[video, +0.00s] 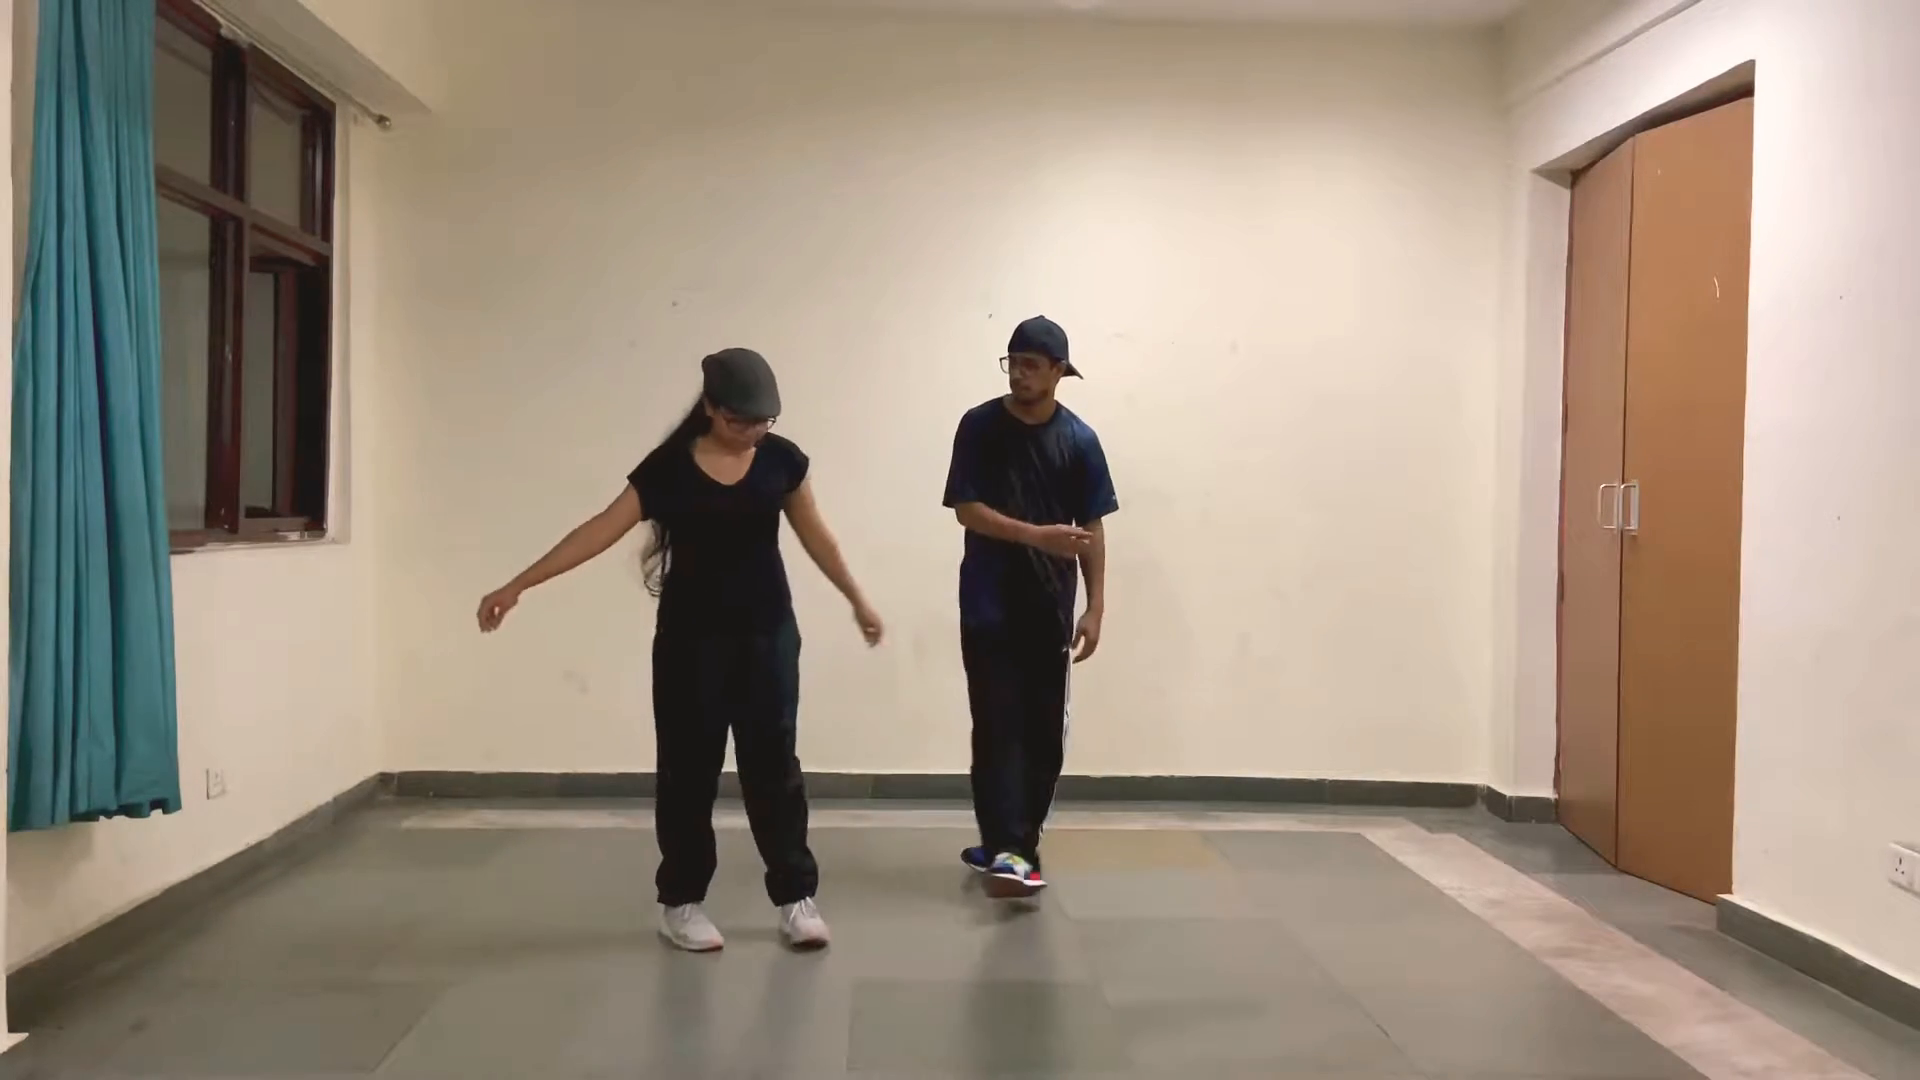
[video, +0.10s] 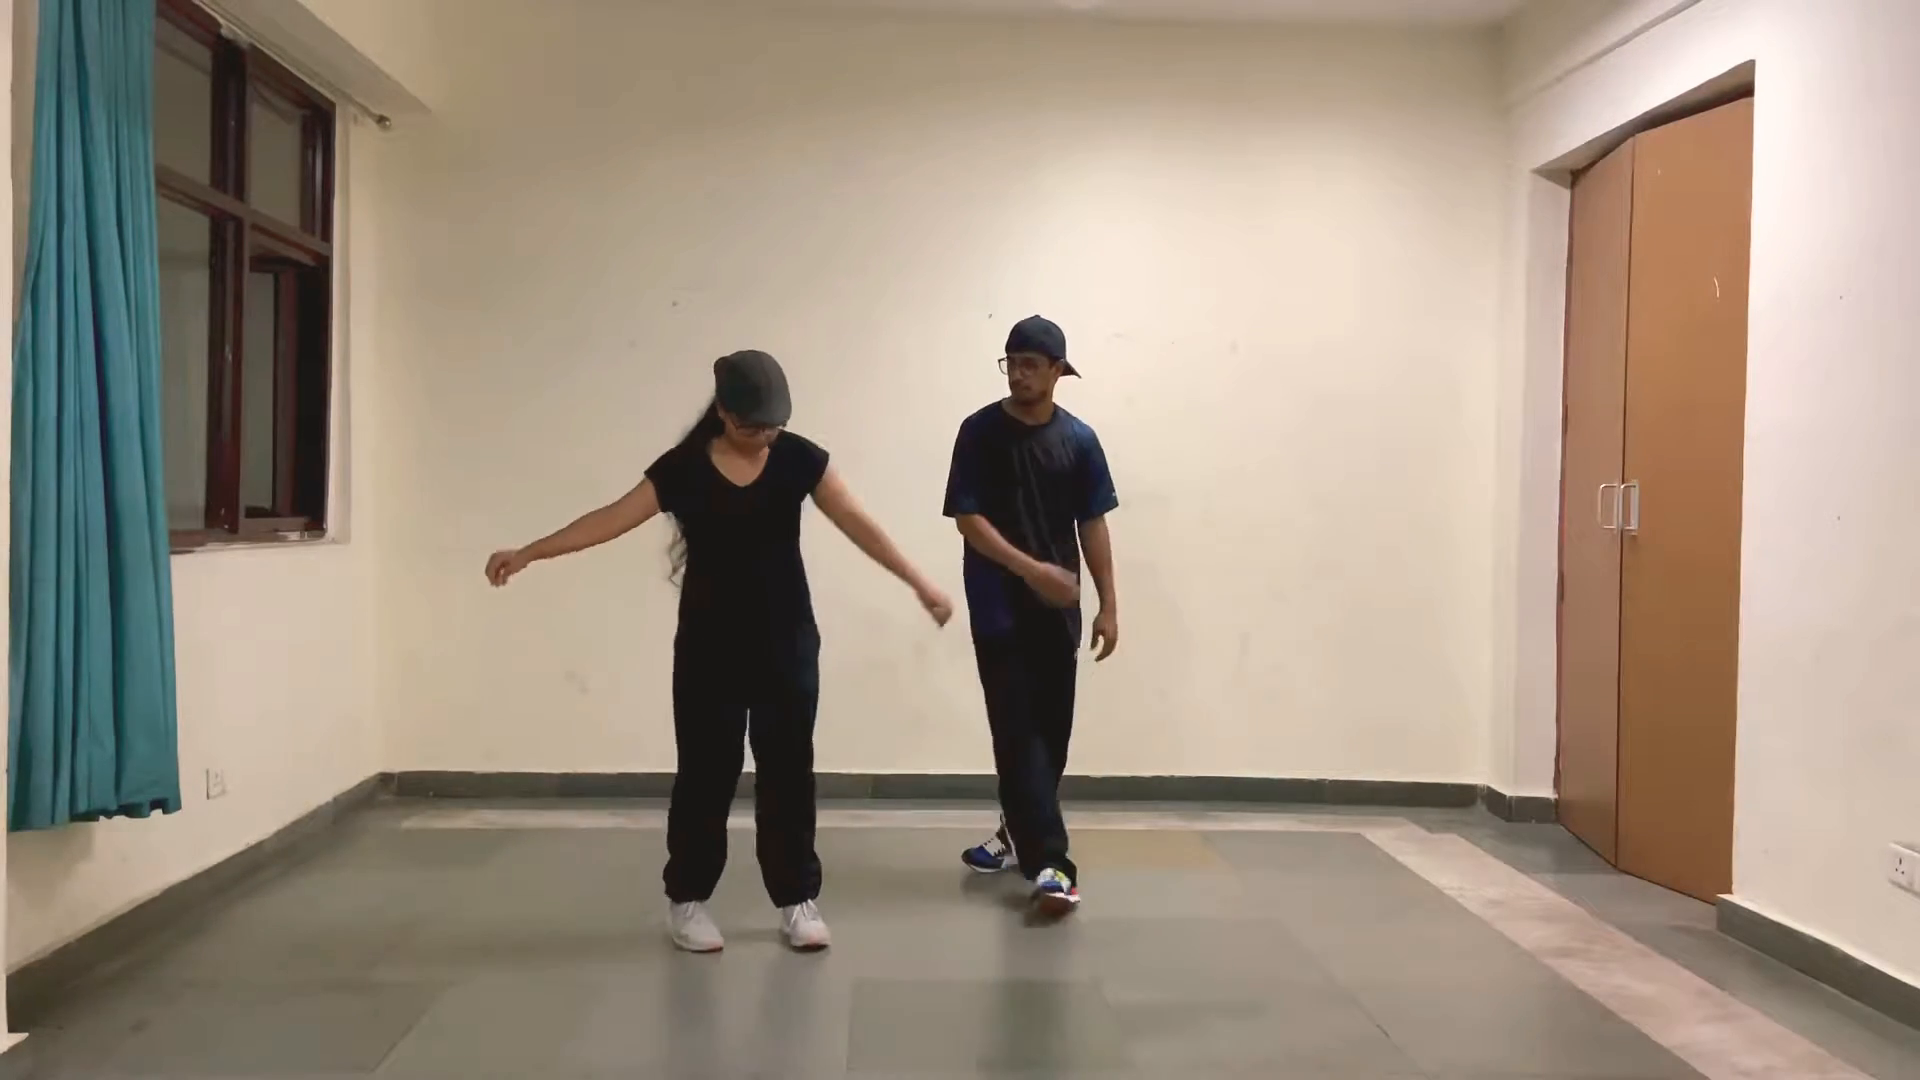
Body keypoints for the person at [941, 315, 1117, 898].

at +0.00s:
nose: (1022, 374)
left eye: (1034, 365)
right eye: (1015, 364)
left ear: (1059, 371)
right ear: (1006, 365)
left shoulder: (1079, 439)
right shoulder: (979, 426)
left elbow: (1092, 527)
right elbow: (965, 509)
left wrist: (1096, 607)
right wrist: (1036, 534)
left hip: (1049, 604)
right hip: (988, 600)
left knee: (1043, 724)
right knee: (996, 720)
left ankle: (1021, 848)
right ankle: (1005, 850)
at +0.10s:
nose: (1022, 375)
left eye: (1034, 365)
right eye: (1014, 364)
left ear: (1058, 371)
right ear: (1005, 367)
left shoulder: (1079, 439)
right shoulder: (978, 432)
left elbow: (1094, 524)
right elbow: (969, 521)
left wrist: (1108, 603)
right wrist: (1032, 568)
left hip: (1057, 604)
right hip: (999, 605)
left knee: (1050, 725)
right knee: (1016, 728)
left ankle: (1019, 833)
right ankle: (1049, 864)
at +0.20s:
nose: (1020, 368)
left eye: (1031, 359)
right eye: (1012, 359)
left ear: (1056, 364)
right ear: (1002, 366)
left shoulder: (1080, 433)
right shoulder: (983, 434)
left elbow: (1096, 519)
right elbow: (972, 530)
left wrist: (1119, 596)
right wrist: (993, 613)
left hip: (1067, 604)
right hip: (1009, 606)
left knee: (1053, 733)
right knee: (1026, 738)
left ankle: (1002, 828)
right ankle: (1057, 871)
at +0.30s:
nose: (1022, 366)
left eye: (1032, 354)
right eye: (1011, 357)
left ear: (1053, 356)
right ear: (1000, 362)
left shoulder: (1082, 418)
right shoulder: (988, 434)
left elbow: (1099, 503)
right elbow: (971, 530)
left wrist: (1130, 576)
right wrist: (944, 612)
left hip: (1075, 600)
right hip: (1013, 605)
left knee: (1053, 728)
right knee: (1029, 735)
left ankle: (995, 821)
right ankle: (1055, 872)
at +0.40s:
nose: (1019, 370)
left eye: (1029, 358)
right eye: (1008, 361)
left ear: (1052, 355)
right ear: (998, 362)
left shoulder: (1084, 411)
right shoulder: (988, 437)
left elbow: (1108, 490)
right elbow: (960, 523)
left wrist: (1149, 556)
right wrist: (915, 599)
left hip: (1083, 598)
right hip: (1021, 603)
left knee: (1059, 725)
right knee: (1030, 736)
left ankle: (994, 815)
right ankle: (1055, 872)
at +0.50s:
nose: (1018, 362)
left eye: (1028, 350)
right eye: (1007, 354)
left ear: (1051, 351)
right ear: (997, 360)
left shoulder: (1086, 407)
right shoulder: (988, 436)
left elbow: (1119, 481)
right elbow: (955, 521)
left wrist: (1169, 545)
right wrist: (902, 586)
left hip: (1088, 597)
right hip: (1024, 605)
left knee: (1074, 723)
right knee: (1036, 736)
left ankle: (1004, 809)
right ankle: (1056, 872)